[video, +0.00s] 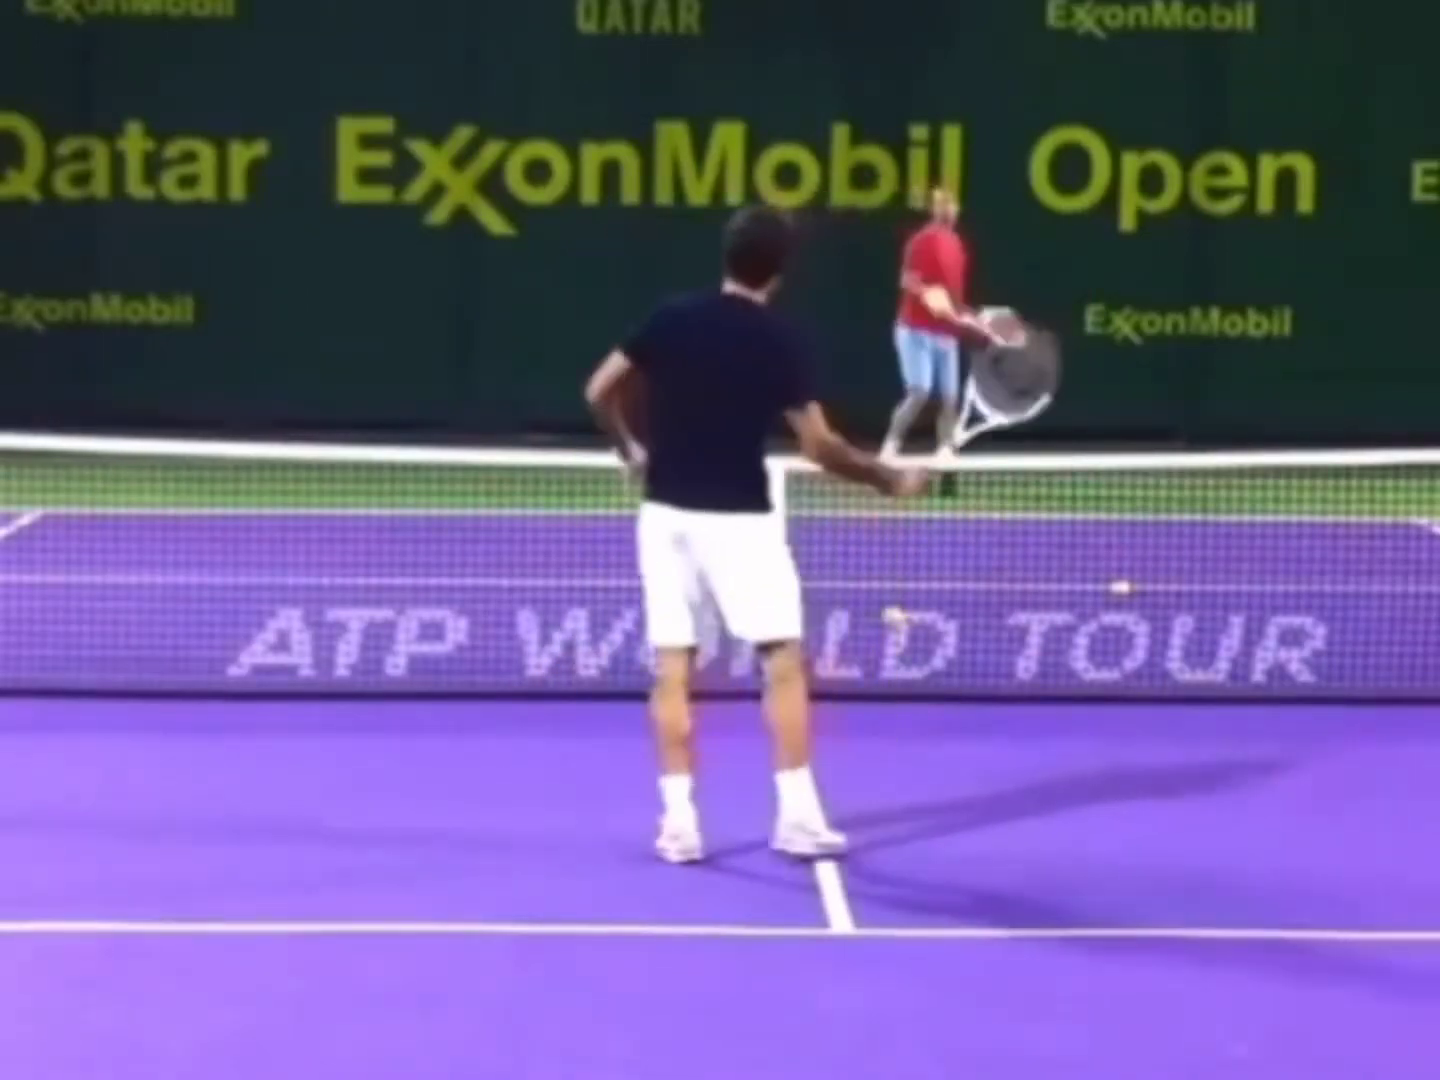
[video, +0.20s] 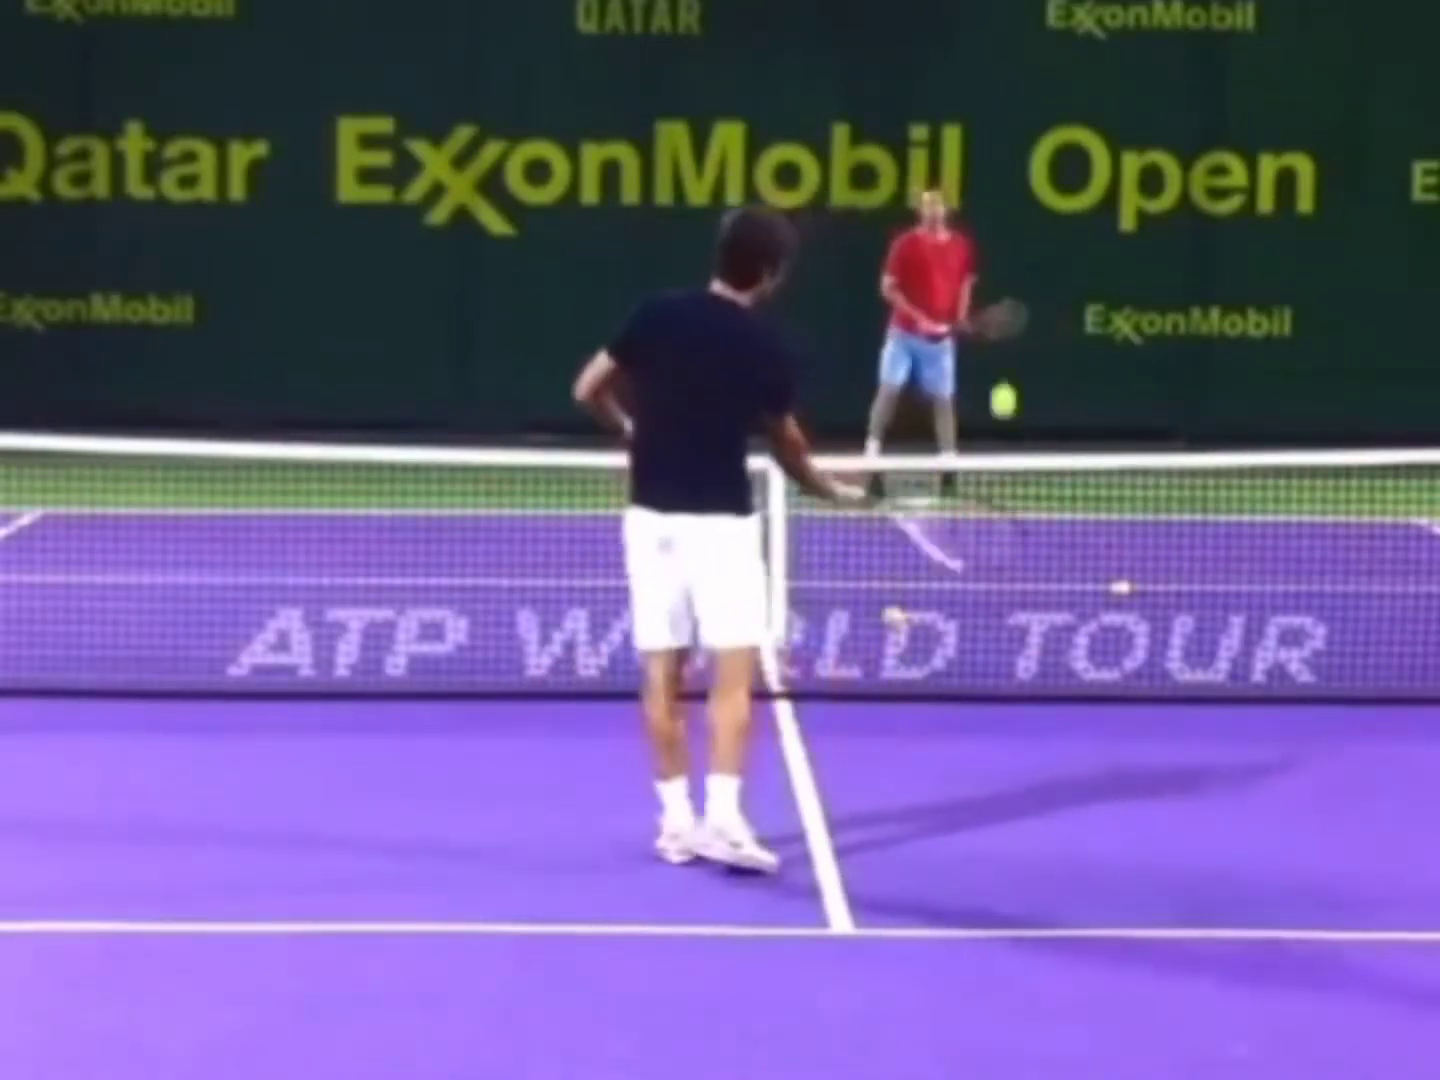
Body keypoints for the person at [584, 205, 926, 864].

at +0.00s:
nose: (779, 272)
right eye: (781, 263)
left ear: (725, 260)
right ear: (780, 270)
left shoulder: (675, 319)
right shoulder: (777, 338)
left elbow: (599, 392)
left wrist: (633, 452)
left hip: (666, 516)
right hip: (741, 522)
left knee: (672, 667)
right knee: (783, 660)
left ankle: (678, 818)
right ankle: (797, 813)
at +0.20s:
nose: (778, 281)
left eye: (775, 269)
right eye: (779, 272)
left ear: (720, 258)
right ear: (769, 276)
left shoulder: (661, 315)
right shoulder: (760, 342)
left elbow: (589, 389)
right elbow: (784, 441)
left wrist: (631, 432)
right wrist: (827, 486)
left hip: (650, 516)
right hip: (721, 521)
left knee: (660, 672)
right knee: (734, 668)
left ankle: (676, 815)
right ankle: (724, 813)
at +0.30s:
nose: (771, 281)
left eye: (765, 268)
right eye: (774, 272)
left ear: (714, 261)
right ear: (768, 277)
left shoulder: (659, 317)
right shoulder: (765, 348)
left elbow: (588, 389)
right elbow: (767, 446)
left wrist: (634, 424)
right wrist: (773, 453)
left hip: (646, 515)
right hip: (716, 522)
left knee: (659, 671)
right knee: (715, 672)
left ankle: (673, 813)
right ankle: (698, 812)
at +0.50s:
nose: (765, 287)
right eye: (767, 278)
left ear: (707, 268)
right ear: (764, 285)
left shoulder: (654, 323)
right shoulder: (765, 358)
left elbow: (596, 408)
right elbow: (763, 450)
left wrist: (652, 413)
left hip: (633, 523)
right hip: (707, 530)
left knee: (649, 676)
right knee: (697, 683)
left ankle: (665, 811)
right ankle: (690, 827)